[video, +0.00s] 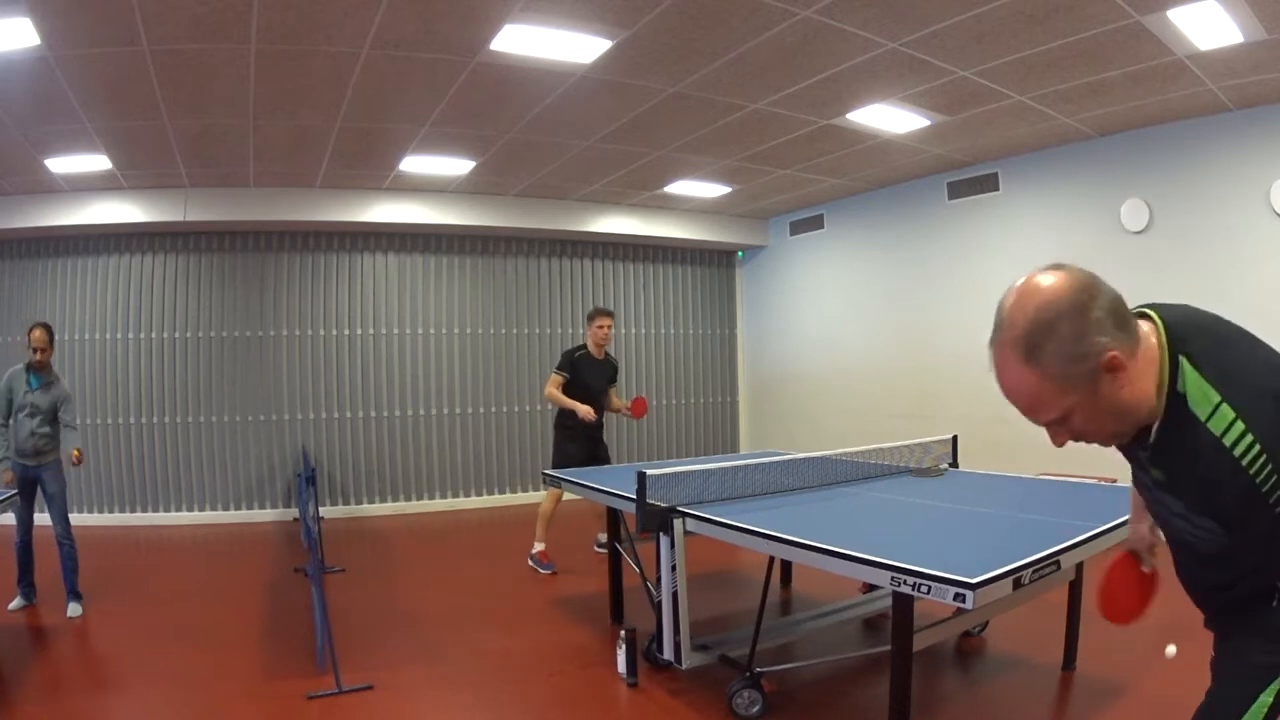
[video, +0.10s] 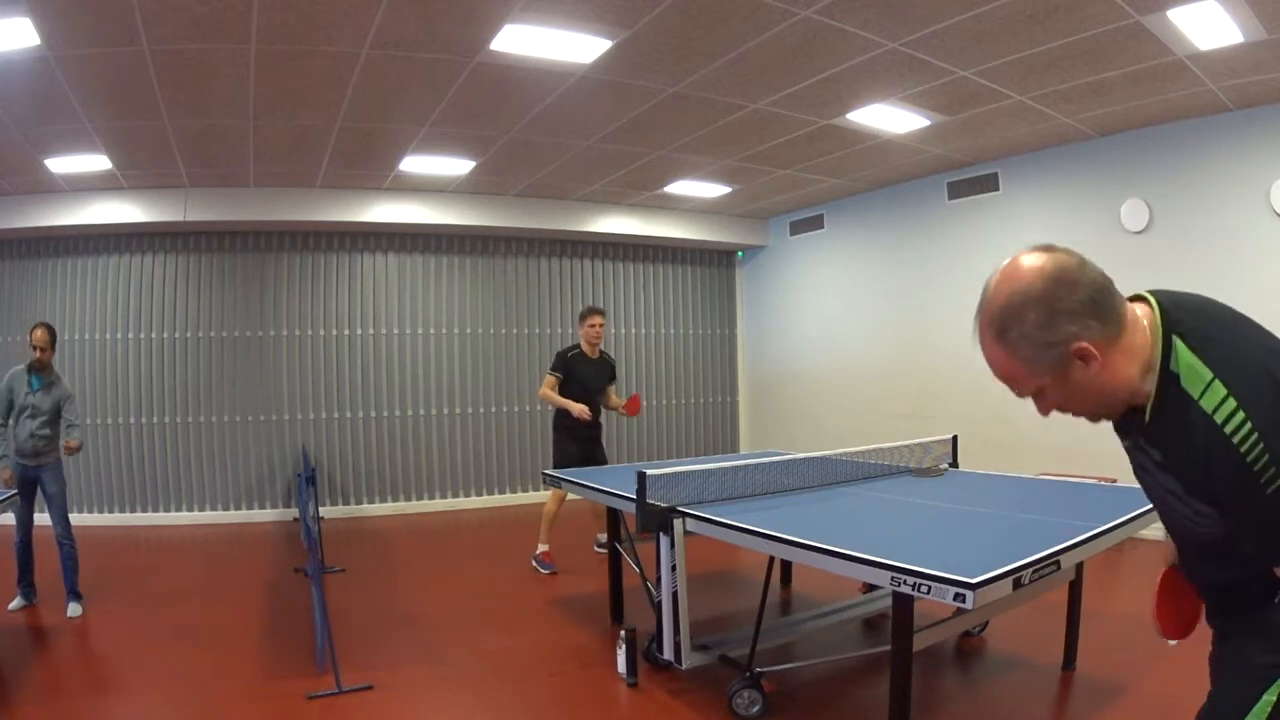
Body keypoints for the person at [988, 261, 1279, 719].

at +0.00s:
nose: (1057, 439)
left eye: (1063, 418)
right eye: (1043, 423)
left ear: (1114, 368)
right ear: (1111, 365)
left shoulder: (1254, 457)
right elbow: (1148, 444)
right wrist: (1142, 519)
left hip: (1266, 621)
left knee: (1225, 707)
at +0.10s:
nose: (1043, 409)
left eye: (1039, 392)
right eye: (1032, 396)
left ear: (1086, 357)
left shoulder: (1248, 436)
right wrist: (1191, 555)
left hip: (1267, 612)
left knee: (1228, 706)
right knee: (1233, 697)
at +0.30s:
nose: (1070, 318)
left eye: (1058, 303)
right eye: (1058, 305)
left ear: (1080, 288)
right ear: (1126, 239)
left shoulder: (1222, 362)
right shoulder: (1177, 296)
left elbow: (1279, 557)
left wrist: (1219, 703)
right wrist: (1228, 543)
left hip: (1270, 624)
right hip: (1250, 600)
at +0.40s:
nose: (1112, 288)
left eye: (1099, 270)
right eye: (1100, 273)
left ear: (1111, 258)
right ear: (1164, 219)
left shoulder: (1223, 323)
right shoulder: (1225, 279)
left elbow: (1272, 525)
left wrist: (1189, 665)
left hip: (1271, 633)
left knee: (1226, 710)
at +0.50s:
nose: (1157, 273)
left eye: (1147, 256)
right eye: (1150, 257)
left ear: (1156, 243)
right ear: (1210, 215)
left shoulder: (1233, 311)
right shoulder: (1261, 276)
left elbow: (1268, 487)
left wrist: (1184, 613)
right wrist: (1241, 579)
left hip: (1276, 612)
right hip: (1275, 604)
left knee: (1228, 713)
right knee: (1239, 707)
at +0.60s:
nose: (1197, 252)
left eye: (1193, 240)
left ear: (1202, 236)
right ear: (1253, 217)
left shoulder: (1252, 302)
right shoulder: (1270, 280)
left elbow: (1272, 452)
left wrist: (1205, 565)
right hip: (1277, 569)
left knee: (1248, 704)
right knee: (1251, 698)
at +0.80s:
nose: (1266, 224)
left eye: (1265, 214)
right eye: (1269, 213)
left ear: (1270, 224)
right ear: (1278, 224)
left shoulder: (1272, 281)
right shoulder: (1268, 282)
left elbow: (1277, 398)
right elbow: (1275, 399)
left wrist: (1245, 501)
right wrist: (1247, 500)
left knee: (1236, 685)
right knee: (1239, 680)